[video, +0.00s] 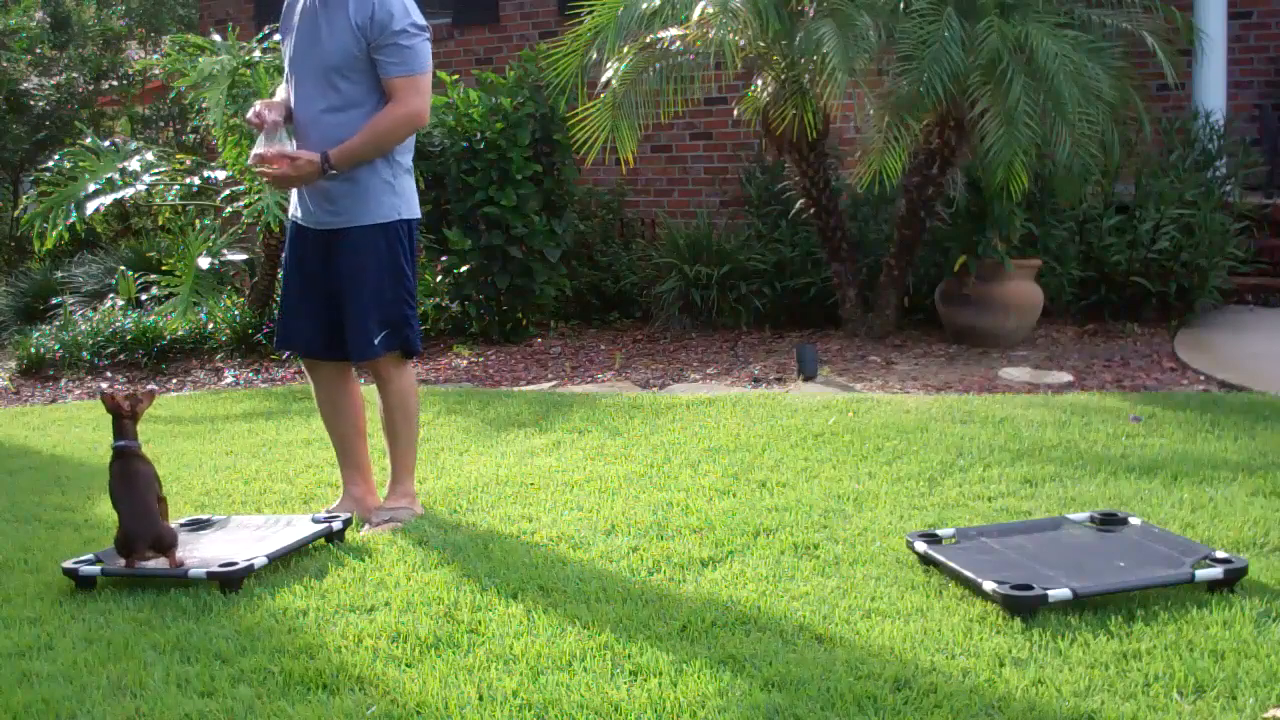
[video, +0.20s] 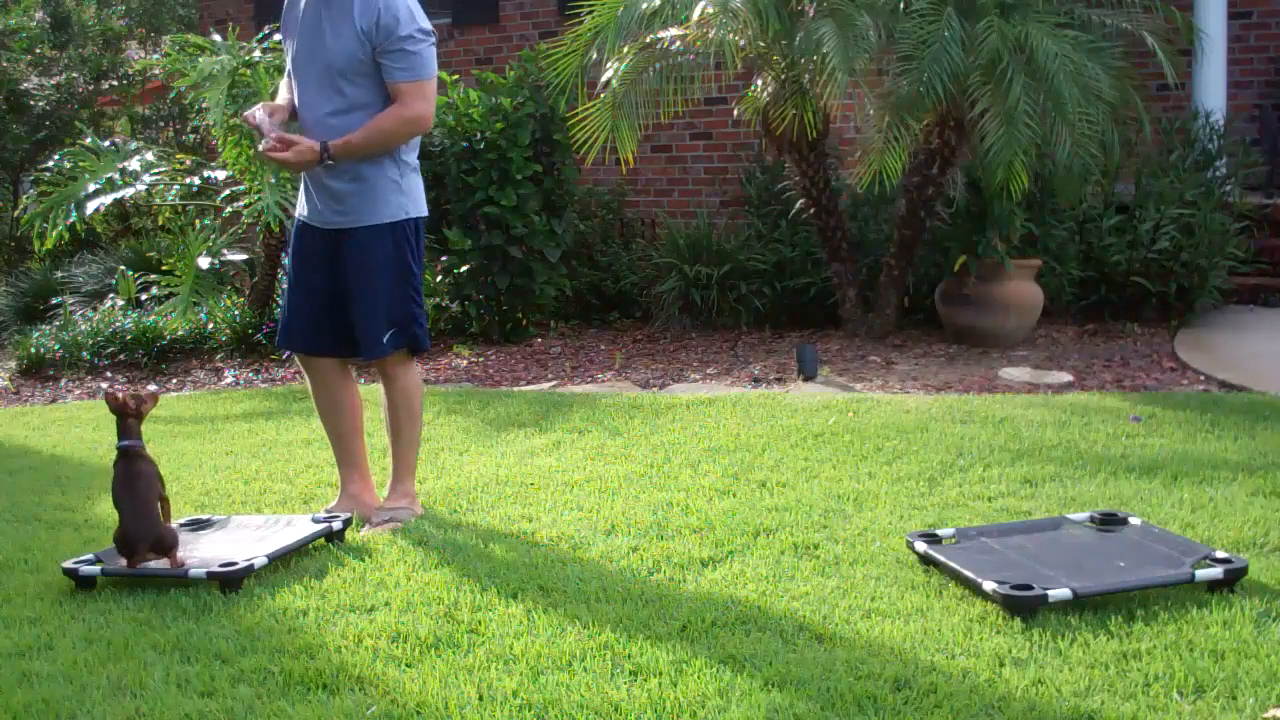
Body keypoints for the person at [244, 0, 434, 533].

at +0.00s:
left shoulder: (386, 7)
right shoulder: (296, 9)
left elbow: (412, 108)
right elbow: (300, 79)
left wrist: (325, 163)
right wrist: (278, 105)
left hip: (375, 208)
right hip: (312, 209)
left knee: (385, 353)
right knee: (320, 352)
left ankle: (402, 494)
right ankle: (358, 493)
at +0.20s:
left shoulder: (391, 8)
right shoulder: (297, 8)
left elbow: (417, 112)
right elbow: (298, 73)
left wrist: (324, 151)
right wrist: (281, 107)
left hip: (384, 205)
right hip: (318, 205)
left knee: (392, 350)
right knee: (316, 346)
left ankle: (403, 494)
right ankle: (357, 491)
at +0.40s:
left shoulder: (390, 8)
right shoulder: (297, 7)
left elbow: (428, 109)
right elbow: (300, 70)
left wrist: (333, 146)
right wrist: (289, 113)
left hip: (389, 205)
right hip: (324, 205)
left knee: (400, 350)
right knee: (329, 349)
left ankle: (404, 495)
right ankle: (358, 492)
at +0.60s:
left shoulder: (390, 6)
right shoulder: (298, 8)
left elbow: (433, 103)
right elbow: (302, 76)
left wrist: (341, 147)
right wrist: (293, 118)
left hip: (392, 205)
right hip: (327, 205)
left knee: (402, 350)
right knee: (331, 350)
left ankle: (404, 496)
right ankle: (358, 492)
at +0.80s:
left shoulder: (393, 4)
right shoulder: (300, 8)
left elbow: (433, 99)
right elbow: (302, 80)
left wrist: (342, 144)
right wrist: (294, 118)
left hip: (393, 203)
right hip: (328, 204)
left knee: (402, 350)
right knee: (331, 350)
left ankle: (405, 495)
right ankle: (358, 492)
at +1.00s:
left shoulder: (393, 5)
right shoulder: (303, 7)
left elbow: (433, 100)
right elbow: (305, 81)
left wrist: (340, 145)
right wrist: (295, 118)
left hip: (393, 202)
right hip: (328, 203)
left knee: (403, 351)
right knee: (329, 349)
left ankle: (405, 496)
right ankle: (358, 493)